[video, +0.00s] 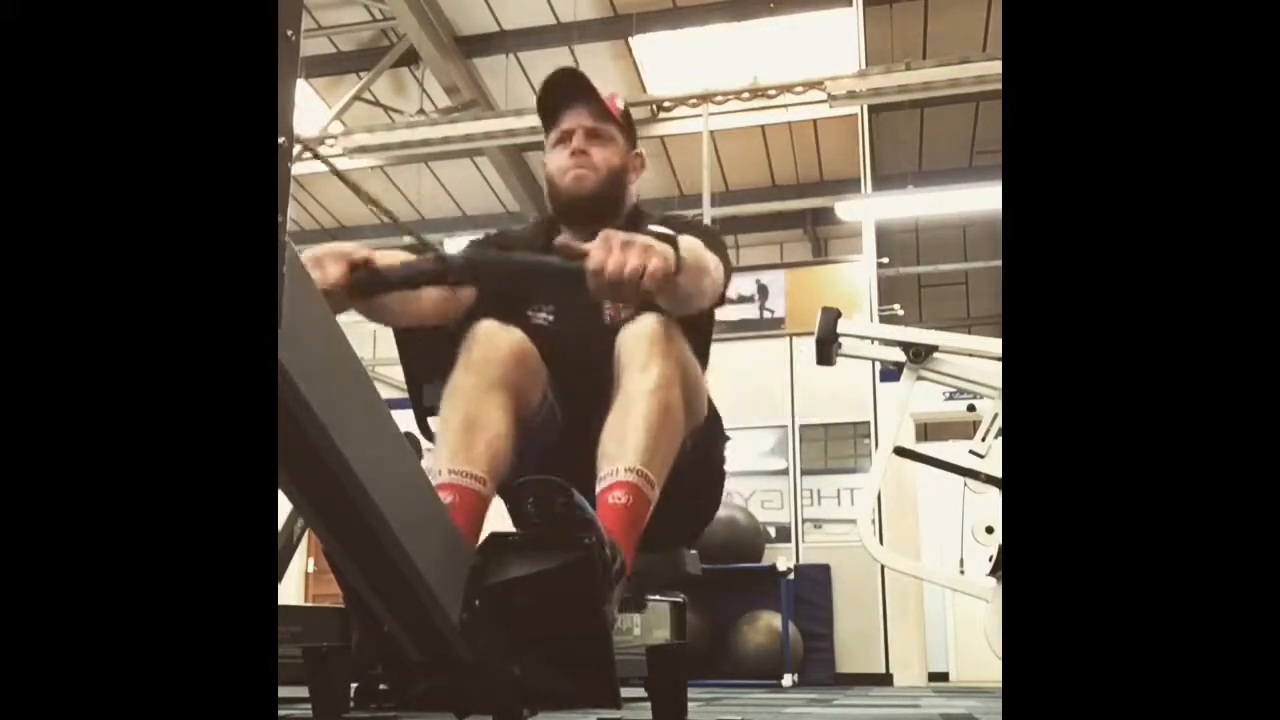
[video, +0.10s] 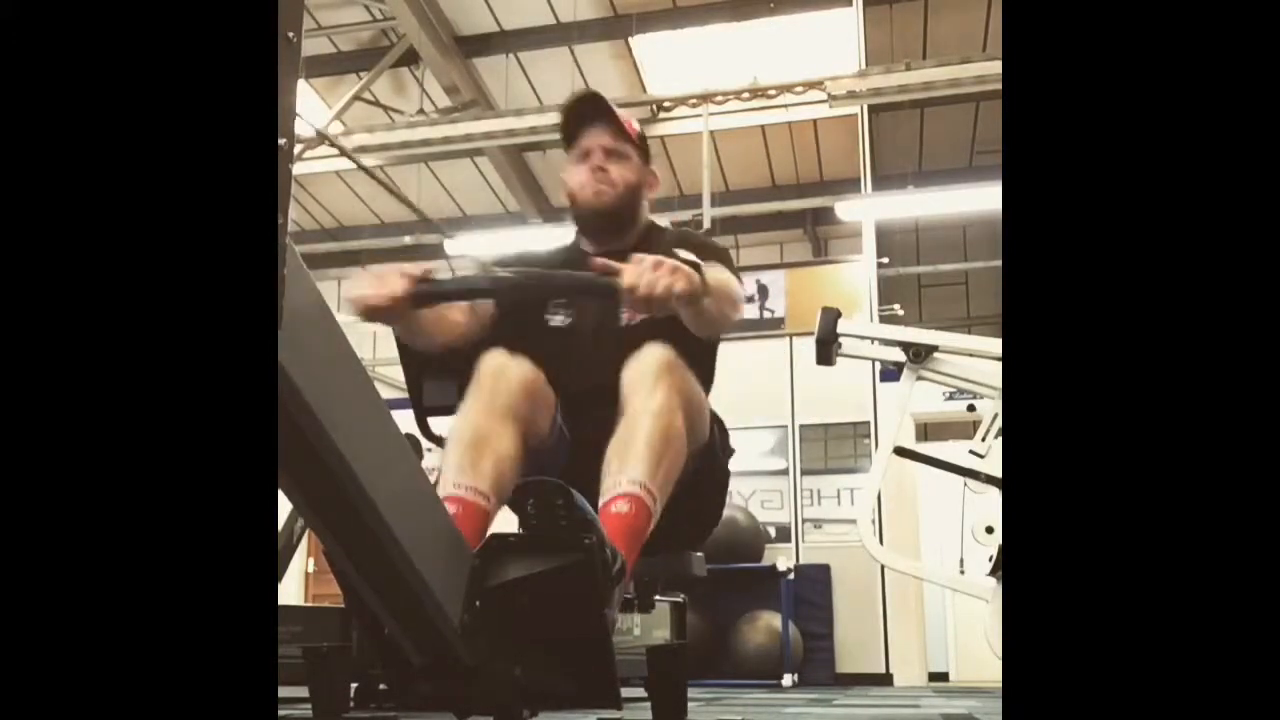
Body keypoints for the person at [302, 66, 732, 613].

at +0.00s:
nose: (577, 146)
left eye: (597, 137)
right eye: (563, 140)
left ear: (634, 163)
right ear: (545, 167)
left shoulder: (679, 240)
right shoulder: (512, 248)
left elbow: (704, 282)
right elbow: (440, 292)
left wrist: (662, 265)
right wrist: (364, 280)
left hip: (661, 484)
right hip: (543, 481)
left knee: (652, 332)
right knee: (493, 339)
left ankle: (607, 557)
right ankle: (444, 552)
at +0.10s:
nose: (597, 164)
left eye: (615, 155)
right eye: (583, 156)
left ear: (648, 180)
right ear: (567, 183)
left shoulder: (691, 255)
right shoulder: (537, 272)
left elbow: (727, 313)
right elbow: (457, 324)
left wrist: (691, 291)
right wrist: (405, 311)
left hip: (670, 481)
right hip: (555, 473)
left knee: (656, 361)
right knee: (500, 366)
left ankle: (608, 565)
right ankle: (446, 556)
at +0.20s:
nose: (625, 198)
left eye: (642, 190)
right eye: (611, 189)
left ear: (669, 210)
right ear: (593, 207)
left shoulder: (699, 276)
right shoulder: (565, 283)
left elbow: (747, 333)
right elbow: (492, 339)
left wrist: (707, 289)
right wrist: (449, 319)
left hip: (678, 471)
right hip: (563, 466)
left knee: (662, 405)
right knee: (505, 411)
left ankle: (607, 569)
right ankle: (452, 558)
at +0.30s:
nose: (646, 248)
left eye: (660, 237)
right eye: (634, 238)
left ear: (683, 249)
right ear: (620, 251)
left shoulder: (713, 317)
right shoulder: (592, 327)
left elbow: (775, 368)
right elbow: (513, 380)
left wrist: (736, 327)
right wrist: (497, 346)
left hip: (690, 476)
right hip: (589, 474)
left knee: (660, 443)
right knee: (524, 453)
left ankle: (611, 566)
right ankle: (468, 553)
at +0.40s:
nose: (656, 293)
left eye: (670, 284)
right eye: (645, 284)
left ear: (693, 296)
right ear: (630, 294)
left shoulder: (722, 363)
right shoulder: (588, 365)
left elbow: (804, 419)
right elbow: (504, 424)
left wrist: (754, 365)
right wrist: (516, 379)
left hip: (695, 492)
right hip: (594, 490)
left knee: (662, 470)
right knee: (539, 475)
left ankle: (612, 578)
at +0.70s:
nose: (647, 274)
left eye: (661, 264)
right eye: (634, 266)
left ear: (687, 275)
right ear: (619, 280)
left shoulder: (723, 341)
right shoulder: (580, 341)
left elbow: (816, 395)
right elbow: (481, 412)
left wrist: (761, 325)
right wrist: (495, 342)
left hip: (688, 496)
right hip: (576, 489)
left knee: (655, 412)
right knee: (529, 416)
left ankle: (607, 571)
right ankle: (465, 556)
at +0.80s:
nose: (632, 235)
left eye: (648, 223)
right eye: (620, 222)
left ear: (676, 239)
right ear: (605, 234)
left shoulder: (713, 313)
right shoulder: (563, 318)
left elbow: (793, 354)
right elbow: (466, 389)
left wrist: (743, 301)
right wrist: (453, 332)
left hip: (681, 496)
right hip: (565, 490)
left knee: (652, 375)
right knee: (514, 382)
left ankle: (607, 556)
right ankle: (453, 549)